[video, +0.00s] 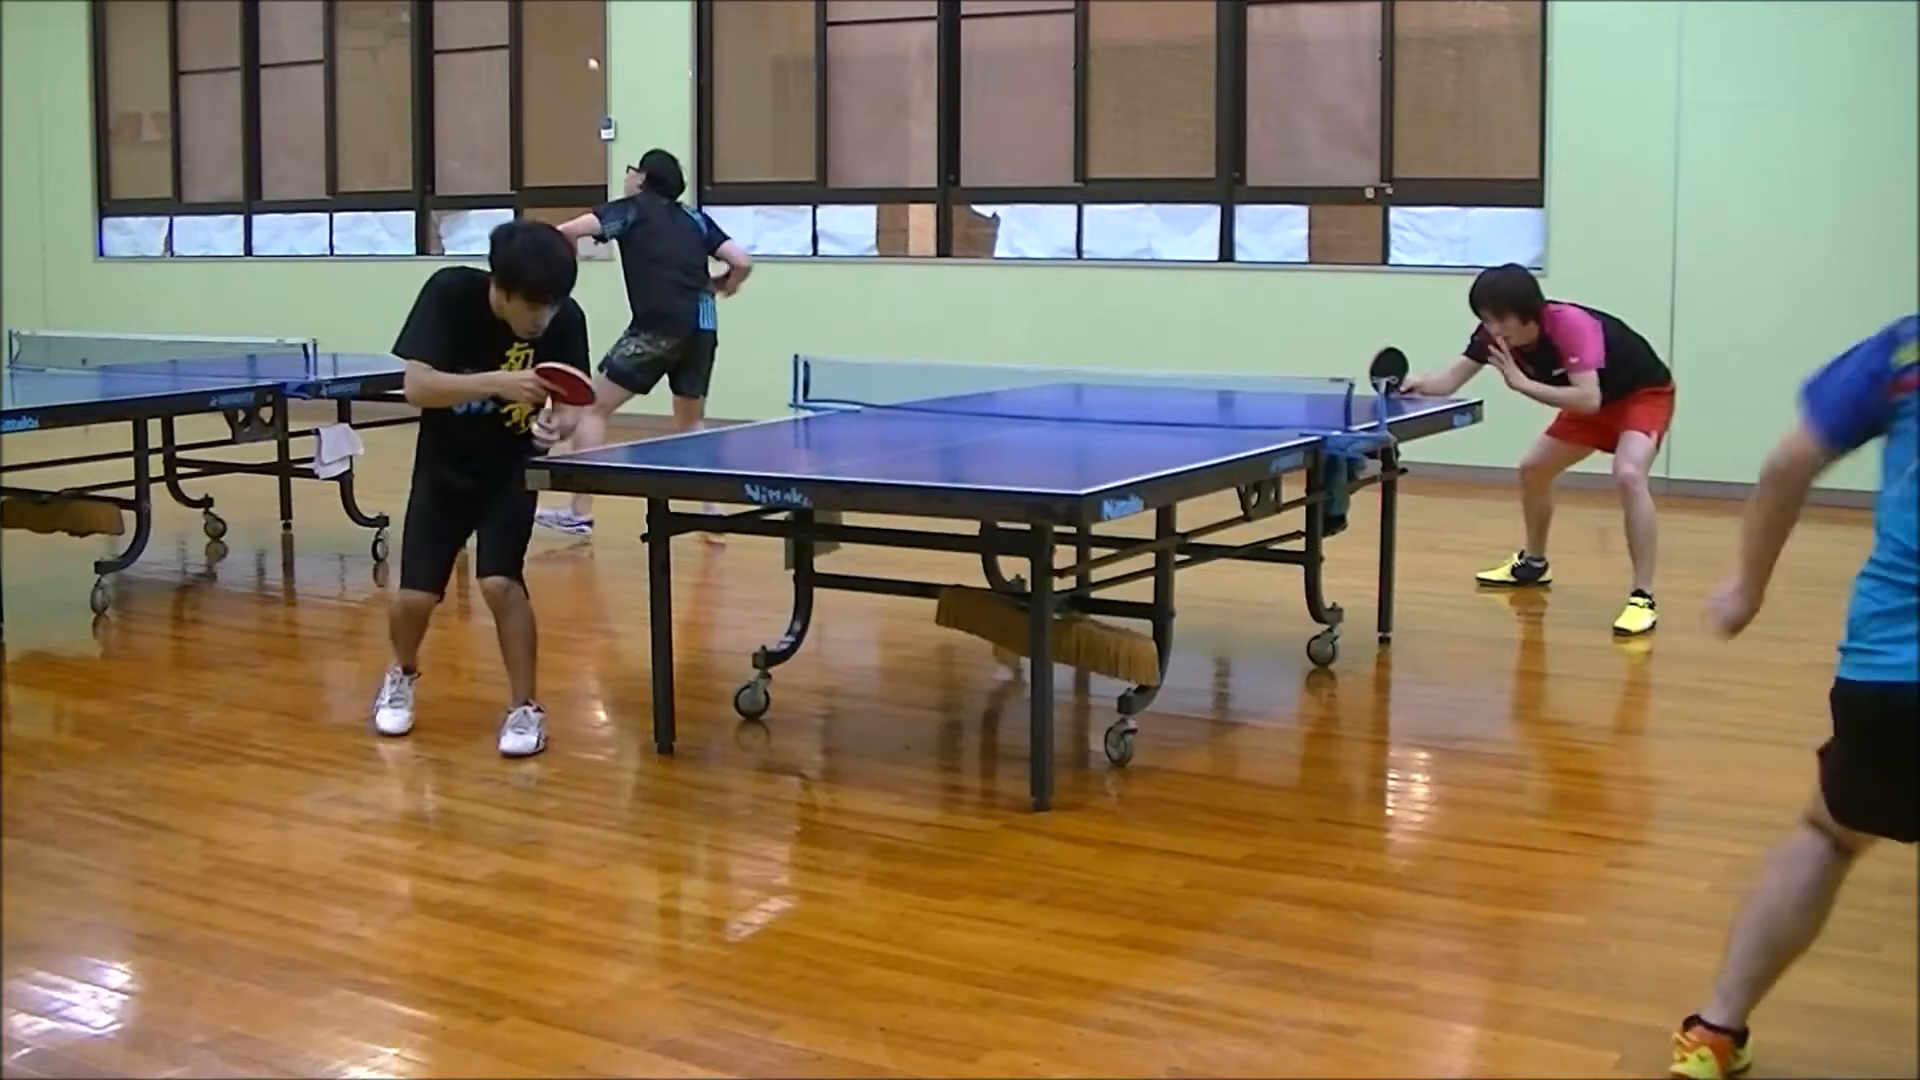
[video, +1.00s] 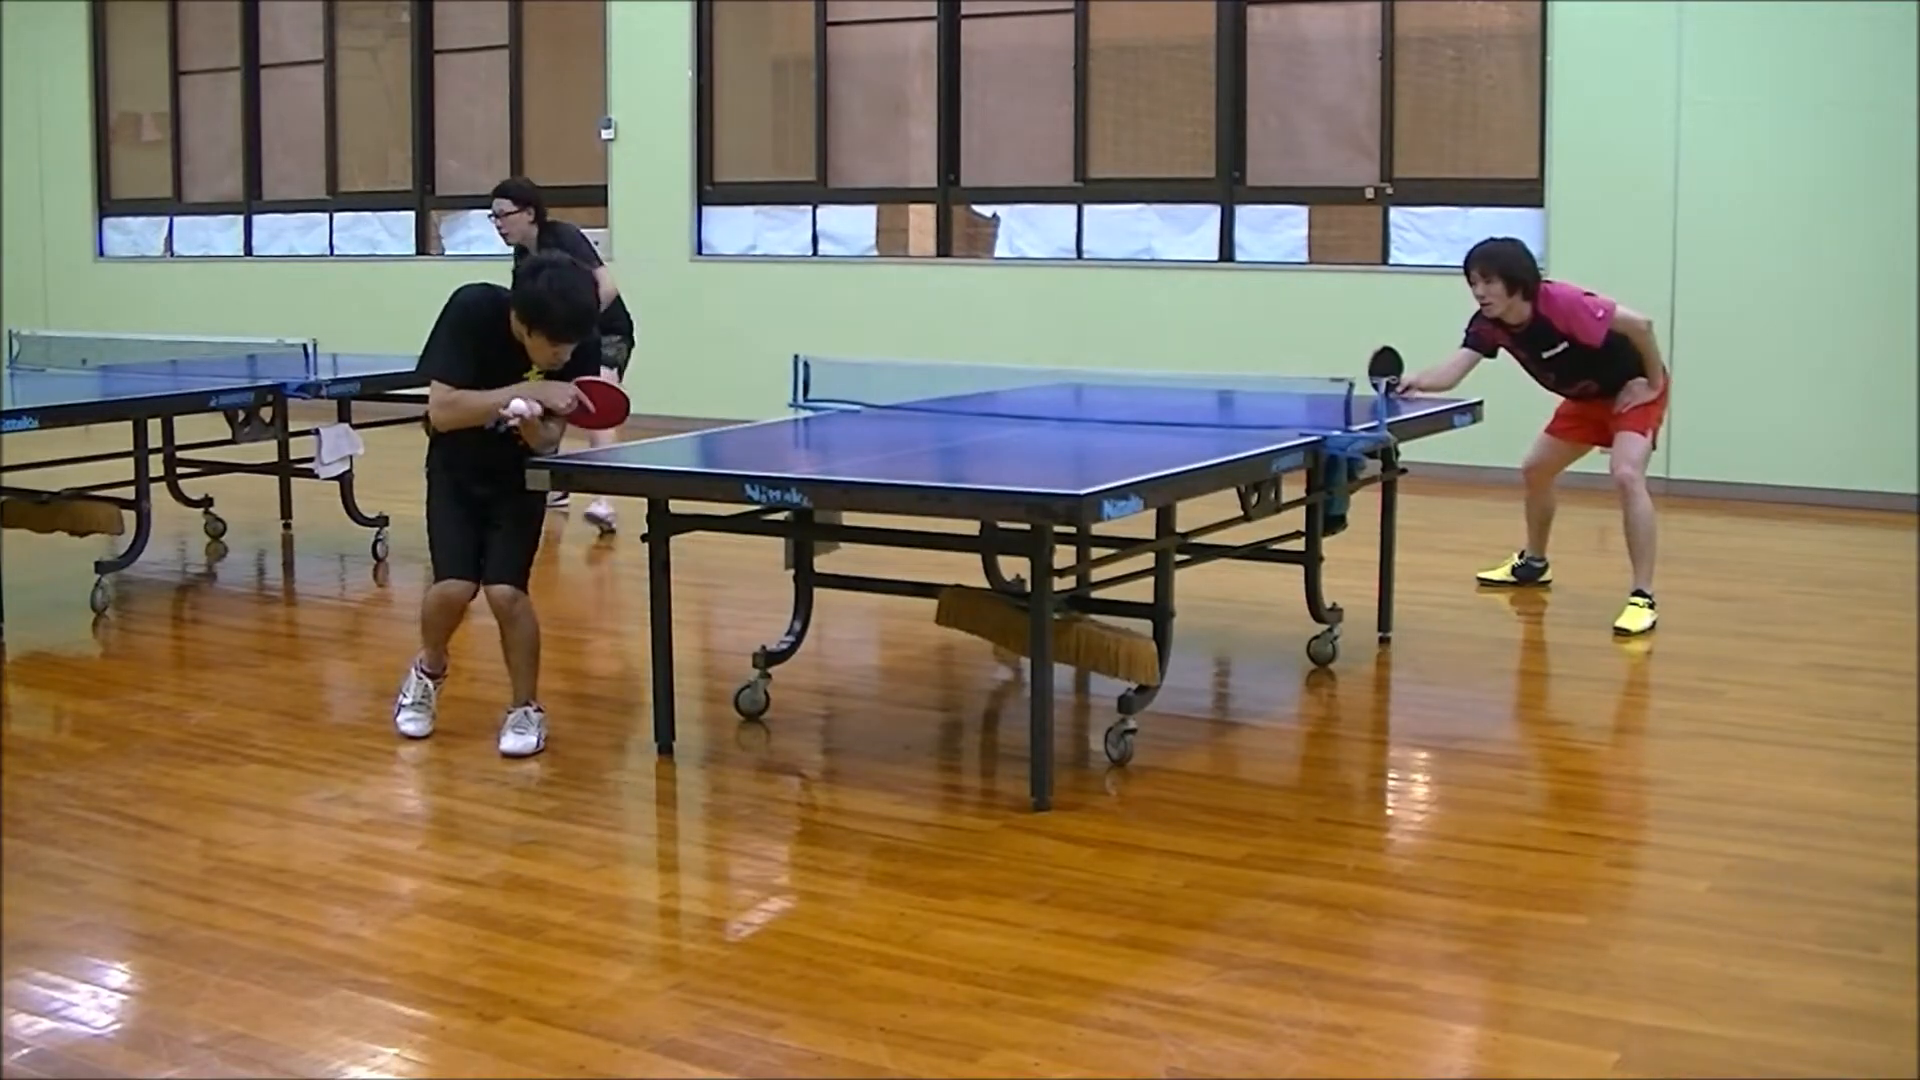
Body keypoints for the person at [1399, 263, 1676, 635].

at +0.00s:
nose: (1491, 329)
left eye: (1498, 320)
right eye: (1487, 321)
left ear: (1527, 316)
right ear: (1484, 319)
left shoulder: (1571, 325)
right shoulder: (1494, 332)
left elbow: (1589, 401)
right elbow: (1451, 379)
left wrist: (1523, 385)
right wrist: (1416, 384)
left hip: (1645, 392)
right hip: (1592, 401)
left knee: (1629, 474)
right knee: (1533, 470)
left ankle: (1643, 597)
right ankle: (1534, 562)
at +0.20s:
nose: (1493, 328)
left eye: (1501, 318)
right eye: (1486, 320)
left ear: (1527, 311)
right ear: (1480, 320)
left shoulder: (1566, 325)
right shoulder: (1498, 334)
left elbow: (1543, 400)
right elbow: (1452, 381)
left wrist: (1487, 361)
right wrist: (1414, 384)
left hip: (1645, 391)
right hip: (1590, 401)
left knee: (1629, 474)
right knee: (1535, 471)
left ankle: (1642, 597)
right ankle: (1534, 562)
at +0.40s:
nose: (1491, 312)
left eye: (1500, 301)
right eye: (1484, 304)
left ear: (1526, 299)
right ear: (1478, 308)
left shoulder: (1565, 320)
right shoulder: (1493, 331)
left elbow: (1565, 396)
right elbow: (1453, 381)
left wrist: (1501, 375)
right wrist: (1415, 384)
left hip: (1644, 390)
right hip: (1591, 399)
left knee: (1628, 472)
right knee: (1535, 470)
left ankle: (1643, 597)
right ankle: (1534, 562)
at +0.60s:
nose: (1479, 294)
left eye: (1487, 283)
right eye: (1473, 286)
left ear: (1517, 285)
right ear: (1471, 290)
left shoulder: (1564, 308)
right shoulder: (1488, 328)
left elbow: (1633, 349)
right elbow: (1449, 380)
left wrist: (1584, 394)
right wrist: (1415, 383)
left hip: (1641, 386)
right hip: (1588, 395)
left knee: (1625, 474)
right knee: (1535, 471)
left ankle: (1642, 597)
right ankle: (1534, 563)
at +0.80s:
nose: (1479, 290)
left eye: (1487, 279)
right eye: (1473, 282)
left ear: (1516, 281)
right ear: (1471, 286)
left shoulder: (1563, 303)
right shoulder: (1488, 323)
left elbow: (1642, 313)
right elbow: (1450, 374)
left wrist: (1654, 371)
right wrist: (1414, 382)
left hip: (1635, 384)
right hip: (1585, 395)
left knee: (1626, 474)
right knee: (1536, 470)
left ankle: (1642, 597)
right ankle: (1534, 563)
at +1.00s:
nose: (1480, 291)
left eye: (1488, 280)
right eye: (1474, 283)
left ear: (1516, 281)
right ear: (1472, 286)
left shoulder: (1562, 302)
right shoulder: (1488, 323)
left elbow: (1640, 327)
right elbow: (1451, 373)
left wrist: (1655, 380)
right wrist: (1415, 381)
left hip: (1634, 386)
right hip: (1585, 396)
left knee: (1626, 475)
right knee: (1536, 470)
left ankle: (1642, 597)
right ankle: (1534, 563)